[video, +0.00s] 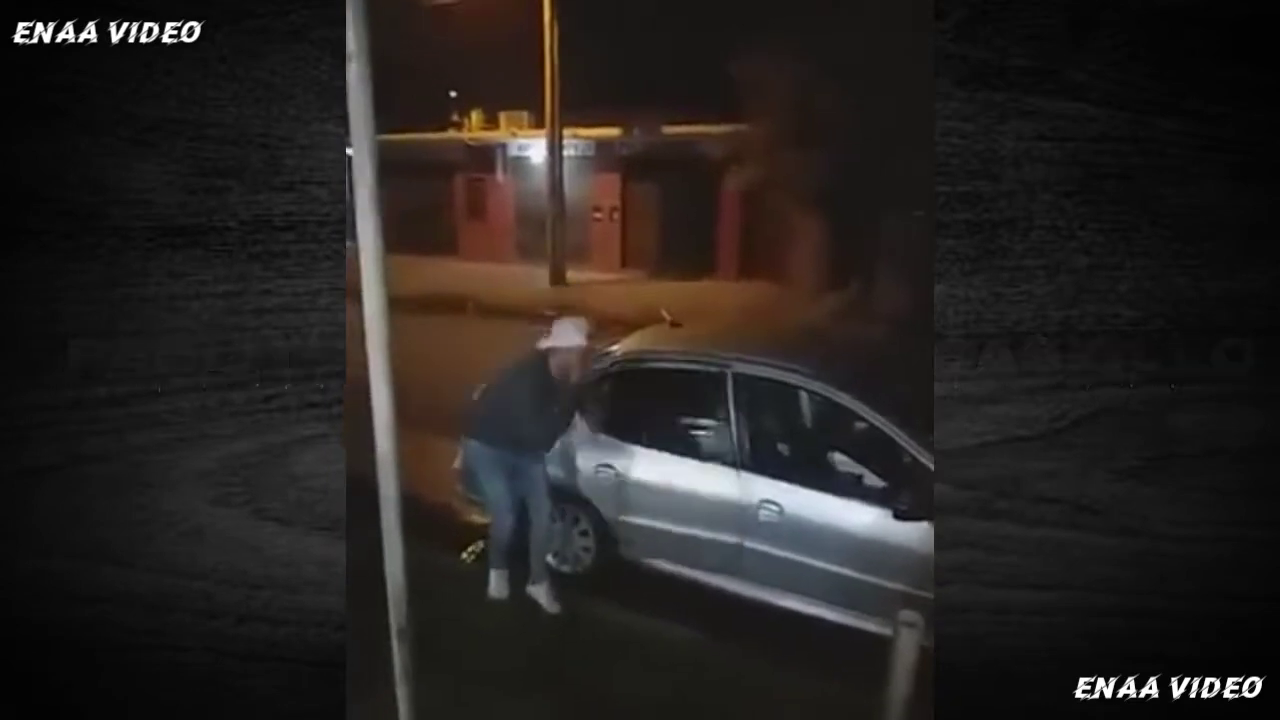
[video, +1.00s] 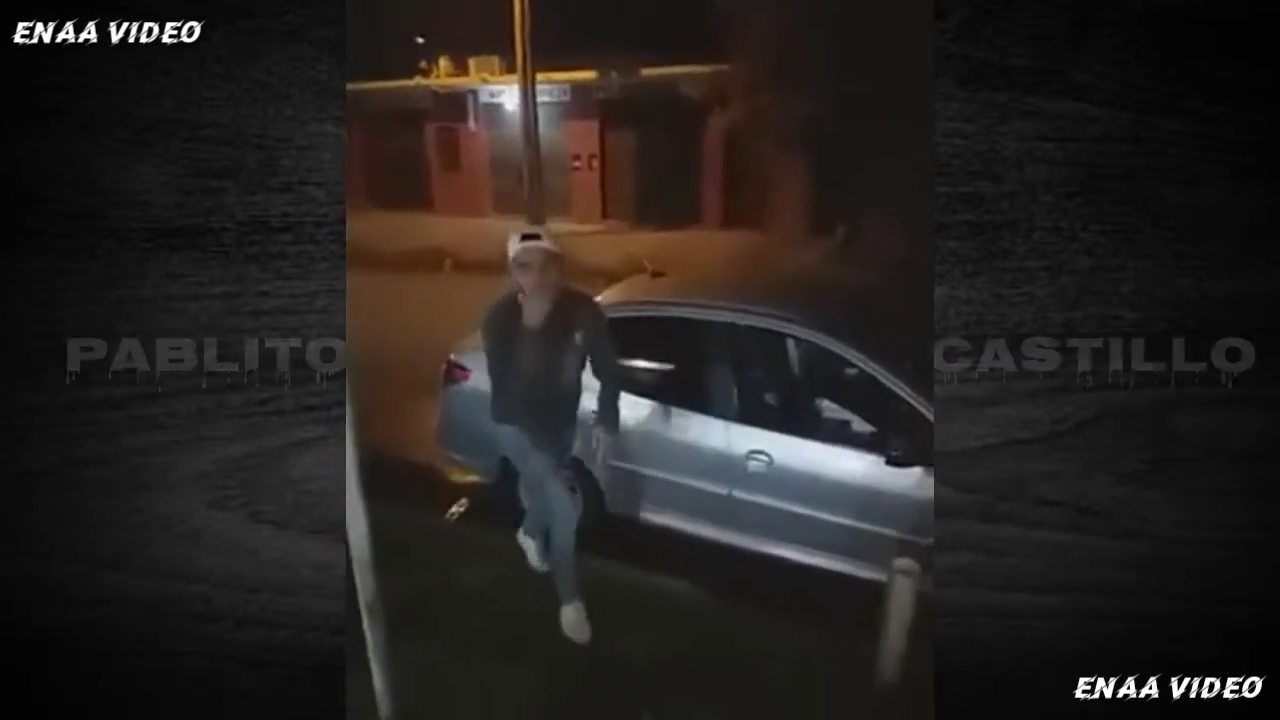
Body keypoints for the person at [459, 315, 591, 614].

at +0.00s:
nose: (574, 361)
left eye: (578, 355)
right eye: (571, 353)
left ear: (578, 355)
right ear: (556, 351)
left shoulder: (563, 382)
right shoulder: (526, 373)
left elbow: (558, 427)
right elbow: (534, 435)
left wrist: (578, 387)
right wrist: (567, 397)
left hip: (528, 452)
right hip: (488, 446)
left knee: (541, 515)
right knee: (504, 514)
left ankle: (537, 581)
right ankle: (498, 571)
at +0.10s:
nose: (572, 375)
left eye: (579, 369)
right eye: (570, 366)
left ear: (583, 371)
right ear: (560, 362)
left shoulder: (567, 396)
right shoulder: (526, 378)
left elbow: (542, 449)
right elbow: (537, 448)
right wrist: (568, 412)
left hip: (527, 453)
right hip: (487, 445)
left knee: (542, 515)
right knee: (508, 518)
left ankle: (537, 580)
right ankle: (499, 569)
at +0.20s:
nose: (593, 381)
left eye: (594, 374)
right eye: (588, 373)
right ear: (567, 369)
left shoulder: (572, 392)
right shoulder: (524, 380)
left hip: (530, 449)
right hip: (487, 442)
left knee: (542, 517)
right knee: (508, 519)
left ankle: (534, 582)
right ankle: (496, 568)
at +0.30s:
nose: (587, 370)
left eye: (588, 363)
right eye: (581, 363)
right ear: (560, 358)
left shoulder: (566, 381)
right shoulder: (521, 370)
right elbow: (527, 436)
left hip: (527, 445)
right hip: (487, 437)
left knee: (540, 513)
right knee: (514, 513)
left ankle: (532, 577)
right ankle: (496, 561)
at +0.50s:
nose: (580, 333)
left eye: (584, 325)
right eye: (572, 326)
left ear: (589, 324)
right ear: (555, 326)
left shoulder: (586, 347)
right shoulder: (530, 350)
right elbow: (521, 408)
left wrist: (596, 398)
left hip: (545, 428)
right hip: (503, 427)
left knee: (555, 492)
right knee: (538, 491)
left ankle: (544, 557)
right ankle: (531, 558)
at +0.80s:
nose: (552, 285)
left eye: (559, 277)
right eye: (545, 276)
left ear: (572, 279)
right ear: (536, 279)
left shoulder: (590, 317)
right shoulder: (520, 313)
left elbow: (607, 372)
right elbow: (512, 370)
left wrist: (601, 426)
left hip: (560, 412)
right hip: (516, 410)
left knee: (553, 484)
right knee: (549, 478)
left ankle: (540, 541)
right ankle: (574, 589)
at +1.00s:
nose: (530, 277)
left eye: (537, 267)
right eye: (522, 268)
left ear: (555, 269)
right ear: (512, 273)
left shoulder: (582, 309)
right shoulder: (500, 316)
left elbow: (608, 372)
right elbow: (499, 376)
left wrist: (607, 425)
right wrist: (508, 421)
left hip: (560, 419)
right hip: (513, 420)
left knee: (542, 483)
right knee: (564, 503)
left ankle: (531, 532)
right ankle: (570, 598)